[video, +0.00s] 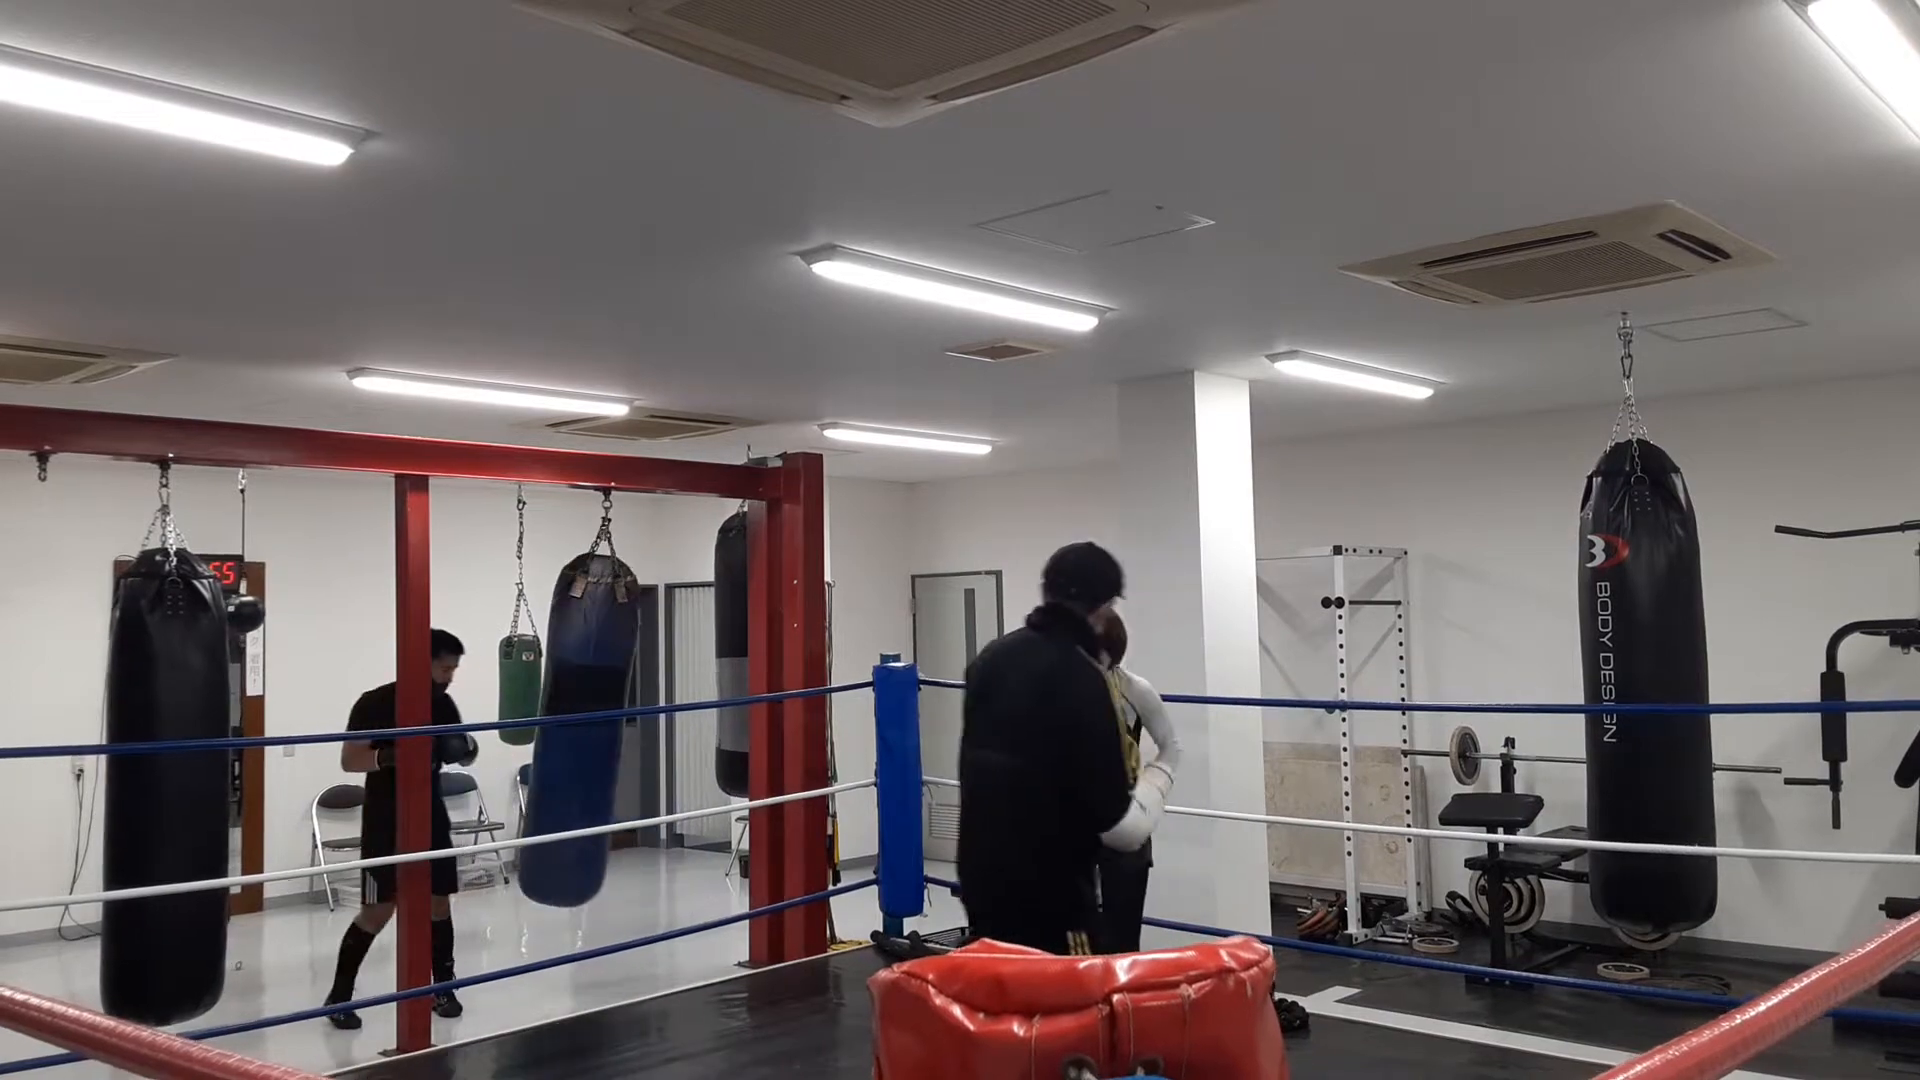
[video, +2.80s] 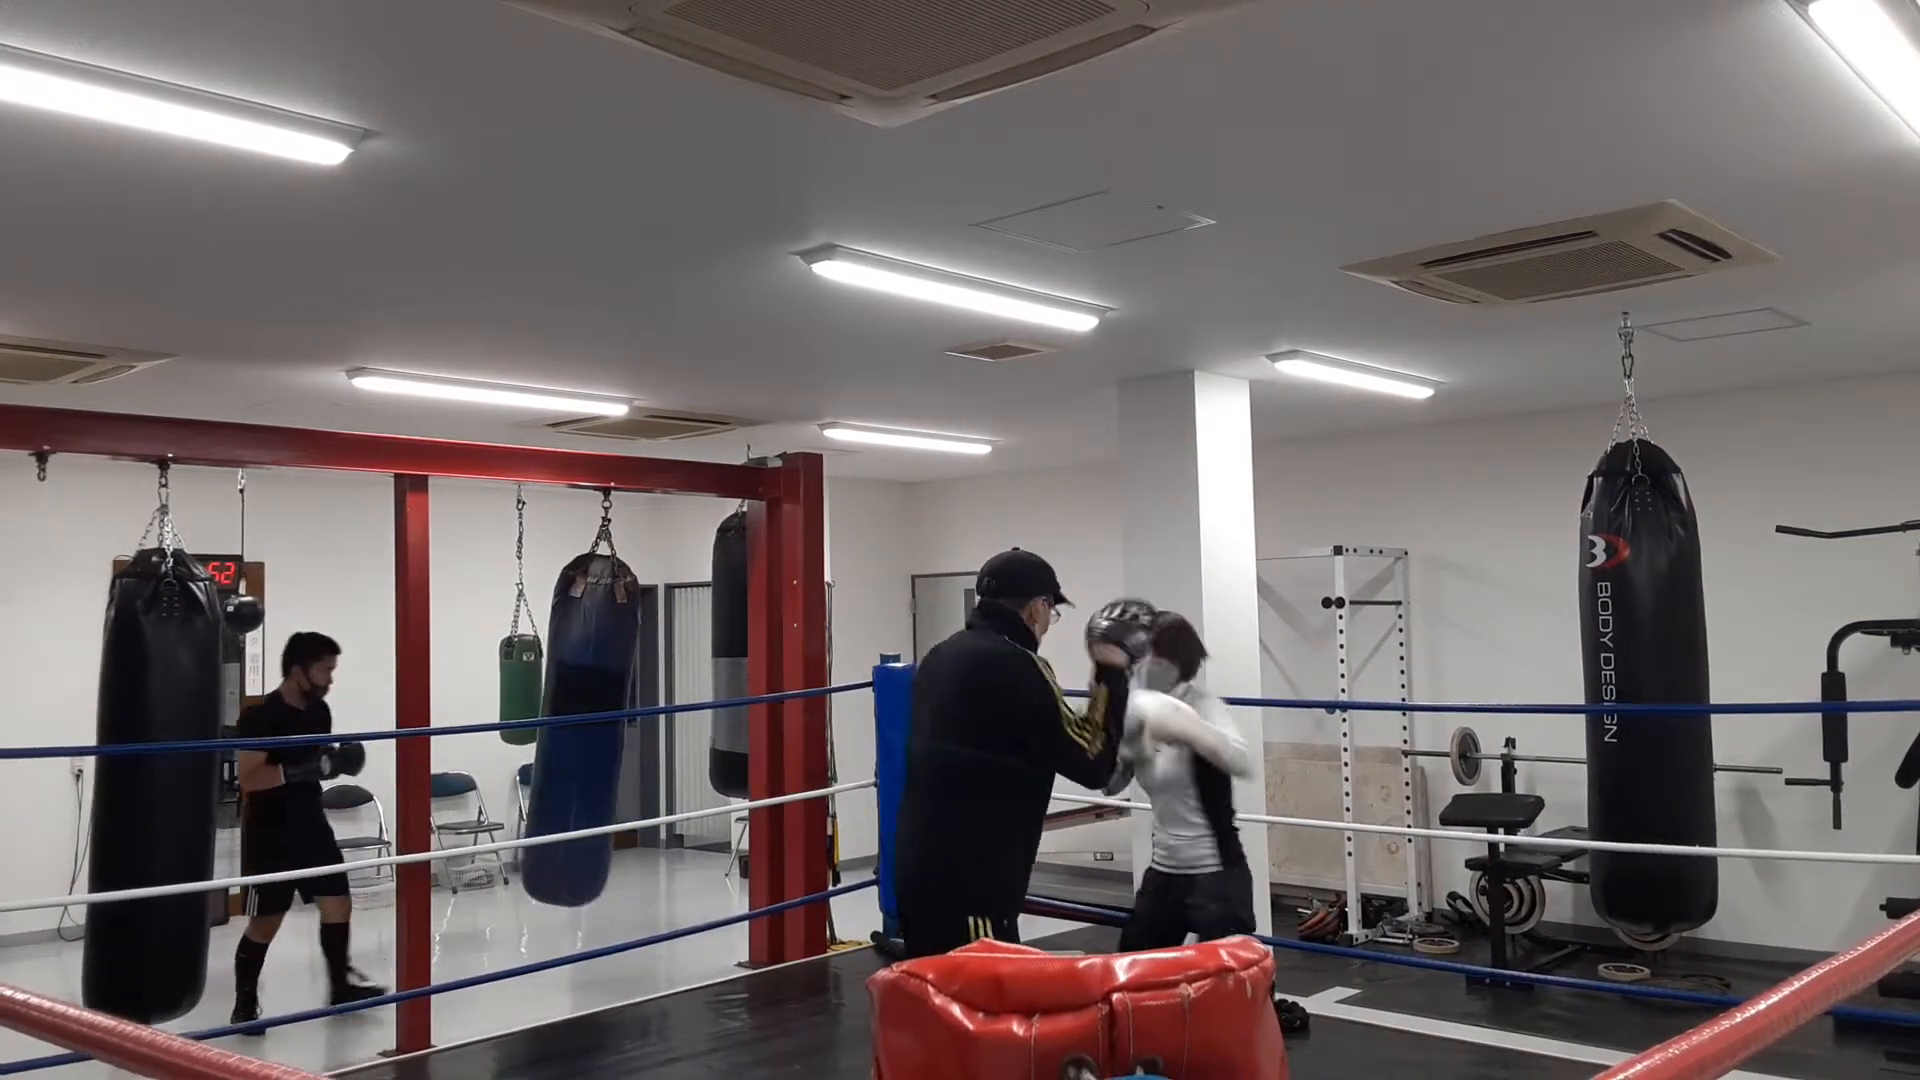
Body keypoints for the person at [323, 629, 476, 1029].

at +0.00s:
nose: (450, 677)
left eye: (454, 669)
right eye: (445, 668)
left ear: (449, 667)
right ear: (422, 662)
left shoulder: (442, 704)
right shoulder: (375, 703)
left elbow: (463, 750)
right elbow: (350, 760)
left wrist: (456, 748)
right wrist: (396, 753)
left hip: (430, 811)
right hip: (385, 814)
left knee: (439, 899)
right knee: (380, 906)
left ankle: (442, 987)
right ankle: (339, 998)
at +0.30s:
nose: (400, 677)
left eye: (401, 670)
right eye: (395, 670)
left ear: (390, 672)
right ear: (374, 670)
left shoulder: (398, 709)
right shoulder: (333, 714)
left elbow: (424, 755)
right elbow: (318, 775)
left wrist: (409, 765)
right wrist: (370, 770)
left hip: (390, 825)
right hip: (343, 829)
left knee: (408, 905)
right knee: (336, 915)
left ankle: (433, 984)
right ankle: (332, 1004)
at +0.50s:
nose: (386, 667)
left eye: (387, 659)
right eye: (379, 660)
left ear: (369, 665)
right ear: (353, 665)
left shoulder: (380, 706)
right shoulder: (319, 714)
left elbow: (386, 762)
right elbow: (298, 775)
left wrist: (402, 760)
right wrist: (351, 775)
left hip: (373, 816)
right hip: (331, 821)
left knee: (391, 899)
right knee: (334, 908)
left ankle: (379, 981)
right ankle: (333, 1002)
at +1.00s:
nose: (377, 668)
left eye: (378, 660)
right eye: (370, 661)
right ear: (343, 663)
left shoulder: (364, 707)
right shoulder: (310, 708)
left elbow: (354, 756)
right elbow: (287, 764)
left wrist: (380, 758)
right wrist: (342, 771)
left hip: (342, 812)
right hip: (307, 813)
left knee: (331, 900)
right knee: (316, 902)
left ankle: (317, 985)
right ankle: (321, 990)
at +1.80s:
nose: (382, 682)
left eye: (385, 675)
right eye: (375, 674)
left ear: (383, 673)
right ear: (350, 671)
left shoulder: (372, 715)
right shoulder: (310, 711)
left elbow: (367, 762)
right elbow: (285, 767)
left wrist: (386, 769)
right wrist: (335, 772)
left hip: (347, 820)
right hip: (304, 820)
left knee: (361, 905)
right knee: (298, 910)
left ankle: (377, 991)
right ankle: (293, 997)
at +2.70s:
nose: (346, 684)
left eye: (347, 676)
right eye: (340, 676)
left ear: (325, 675)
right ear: (313, 673)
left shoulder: (329, 716)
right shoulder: (273, 718)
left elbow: (317, 768)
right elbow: (256, 780)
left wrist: (349, 768)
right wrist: (314, 774)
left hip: (318, 827)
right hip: (277, 832)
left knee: (343, 908)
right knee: (272, 919)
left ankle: (369, 987)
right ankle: (246, 1005)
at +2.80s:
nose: (332, 678)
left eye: (333, 670)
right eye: (326, 670)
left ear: (307, 672)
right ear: (298, 670)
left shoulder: (319, 712)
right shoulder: (260, 716)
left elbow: (311, 761)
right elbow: (249, 778)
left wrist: (339, 761)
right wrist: (302, 770)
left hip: (310, 821)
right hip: (269, 826)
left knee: (337, 902)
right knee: (268, 915)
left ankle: (340, 987)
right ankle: (245, 1003)